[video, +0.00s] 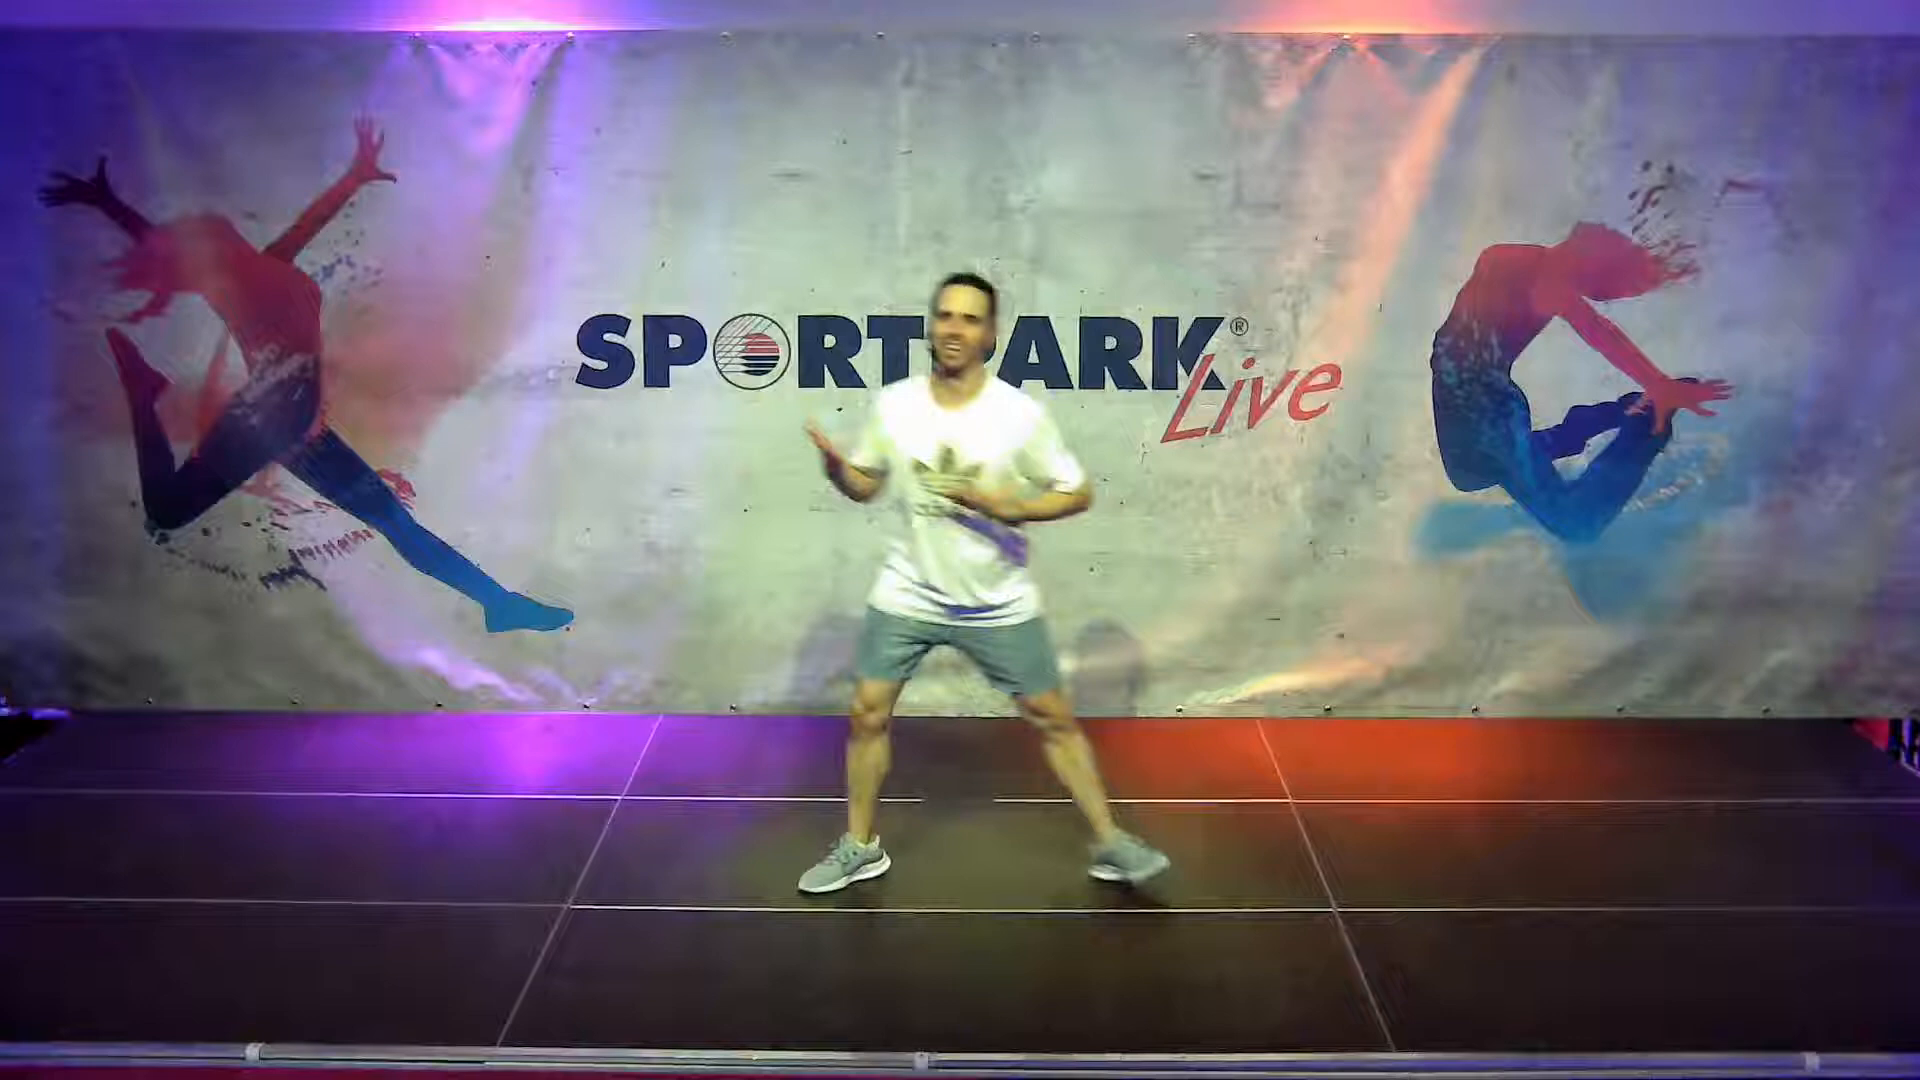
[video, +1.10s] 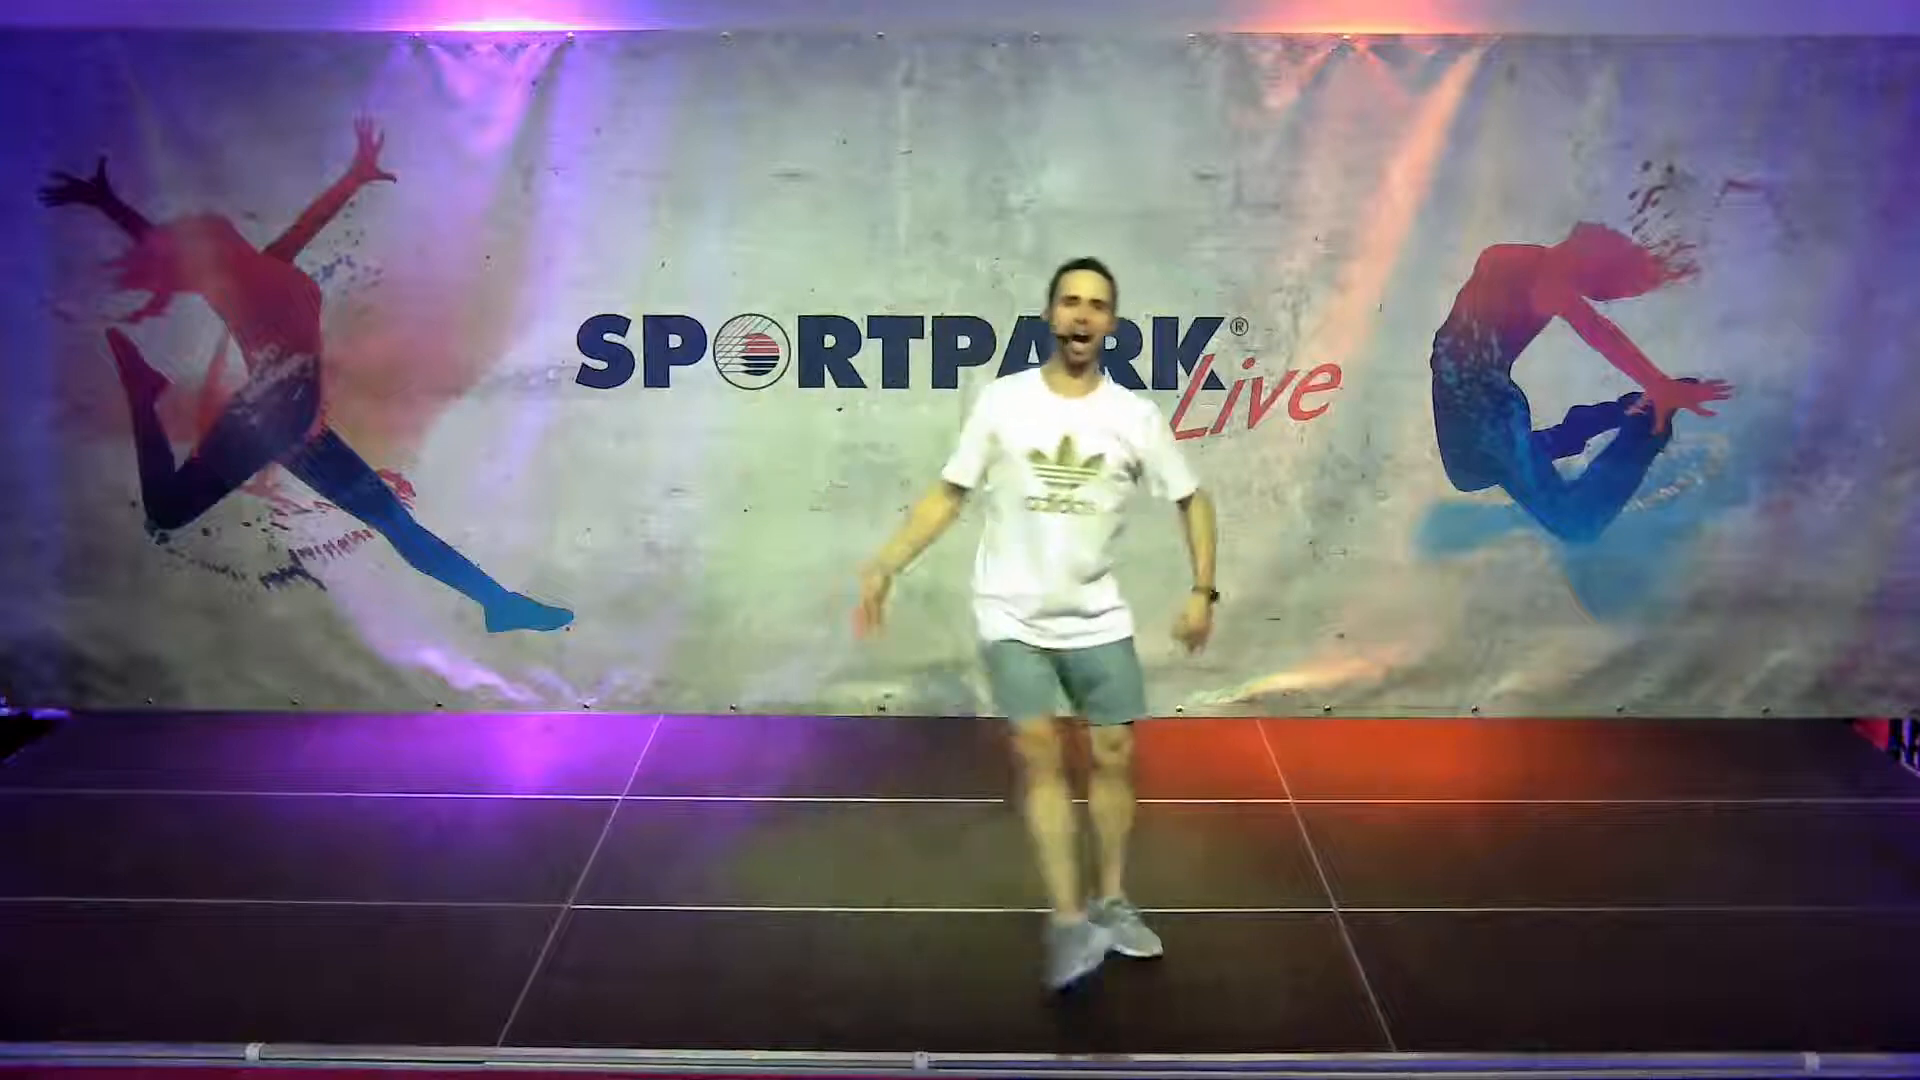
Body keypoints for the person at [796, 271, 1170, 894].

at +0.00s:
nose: (953, 329)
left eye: (968, 320)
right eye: (945, 316)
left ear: (991, 334)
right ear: (929, 325)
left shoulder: (1019, 413)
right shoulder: (897, 404)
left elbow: (1077, 494)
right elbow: (865, 487)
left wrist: (1007, 508)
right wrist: (835, 464)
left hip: (1000, 599)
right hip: (908, 591)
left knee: (1053, 714)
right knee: (867, 711)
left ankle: (1108, 839)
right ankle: (859, 843)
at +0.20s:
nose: (919, 308)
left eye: (935, 299)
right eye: (910, 295)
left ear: (956, 312)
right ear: (896, 302)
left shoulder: (987, 397)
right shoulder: (863, 384)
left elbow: (1047, 479)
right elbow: (833, 470)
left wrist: (972, 509)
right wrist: (804, 444)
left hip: (964, 588)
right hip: (879, 583)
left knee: (1005, 704)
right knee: (859, 704)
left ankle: (1010, 819)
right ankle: (857, 839)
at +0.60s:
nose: (925, 294)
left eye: (942, 285)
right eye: (917, 281)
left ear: (963, 300)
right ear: (902, 289)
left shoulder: (984, 379)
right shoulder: (860, 368)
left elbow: (1008, 457)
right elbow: (818, 451)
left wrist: (966, 479)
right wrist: (833, 542)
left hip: (962, 582)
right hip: (874, 580)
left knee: (992, 705)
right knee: (853, 702)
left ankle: (982, 835)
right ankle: (844, 831)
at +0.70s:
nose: (966, 327)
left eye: (982, 318)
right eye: (955, 313)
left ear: (997, 330)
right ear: (935, 318)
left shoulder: (1008, 404)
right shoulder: (885, 398)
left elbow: (1032, 478)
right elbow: (852, 503)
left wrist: (1026, 426)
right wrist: (829, 597)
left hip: (975, 604)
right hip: (885, 600)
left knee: (1021, 735)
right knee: (865, 729)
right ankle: (848, 840)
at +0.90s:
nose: (1022, 333)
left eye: (1036, 322)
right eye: (1011, 319)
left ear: (1052, 335)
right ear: (988, 328)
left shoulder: (1072, 417)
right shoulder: (946, 416)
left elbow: (1145, 482)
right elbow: (900, 507)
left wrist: (1095, 463)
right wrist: (854, 580)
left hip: (1046, 618)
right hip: (955, 621)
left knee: (1085, 747)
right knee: (903, 749)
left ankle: (1105, 898)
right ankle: (861, 830)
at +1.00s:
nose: (1049, 319)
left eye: (1063, 309)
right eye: (1038, 306)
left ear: (1079, 324)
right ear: (1016, 316)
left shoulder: (1103, 408)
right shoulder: (973, 402)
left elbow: (1181, 479)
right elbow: (924, 498)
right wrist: (875, 574)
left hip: (1075, 613)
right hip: (982, 611)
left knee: (1097, 743)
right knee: (949, 742)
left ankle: (1106, 895)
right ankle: (943, 853)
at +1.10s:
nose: (1082, 317)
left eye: (1096, 306)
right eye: (1070, 303)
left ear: (1113, 321)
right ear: (1048, 313)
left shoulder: (1135, 416)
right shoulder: (1001, 402)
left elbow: (1192, 500)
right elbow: (948, 495)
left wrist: (1203, 591)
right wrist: (884, 566)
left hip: (1094, 610)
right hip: (1010, 610)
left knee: (1114, 747)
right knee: (1039, 749)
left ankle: (1110, 903)